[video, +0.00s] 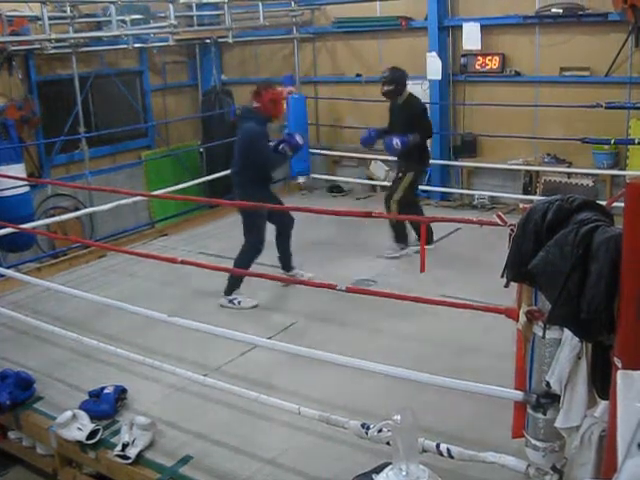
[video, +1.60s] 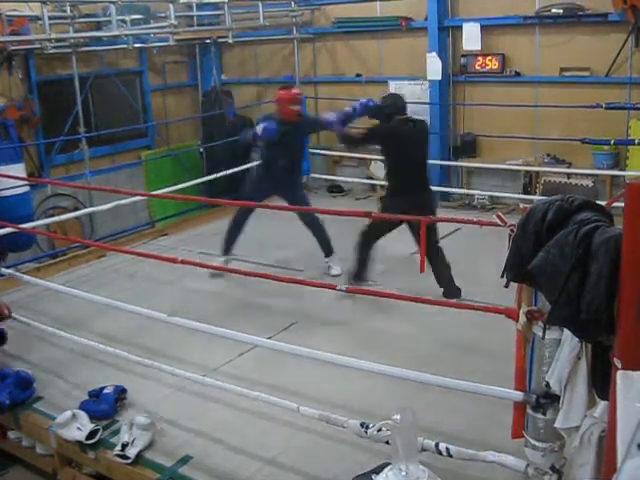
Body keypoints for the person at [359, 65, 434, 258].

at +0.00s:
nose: (384, 89)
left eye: (388, 85)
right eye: (383, 85)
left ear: (399, 85)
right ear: (388, 85)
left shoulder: (415, 105)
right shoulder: (394, 104)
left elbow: (427, 132)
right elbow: (394, 128)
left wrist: (405, 141)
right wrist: (377, 134)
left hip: (416, 161)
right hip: (403, 160)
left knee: (393, 199)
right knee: (408, 201)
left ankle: (402, 243)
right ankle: (426, 237)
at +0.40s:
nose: (400, 95)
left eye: (401, 91)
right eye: (398, 91)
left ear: (408, 90)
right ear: (414, 87)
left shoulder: (422, 107)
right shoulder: (419, 105)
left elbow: (403, 127)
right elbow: (402, 126)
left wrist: (390, 111)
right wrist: (390, 110)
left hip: (435, 166)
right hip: (431, 164)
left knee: (424, 213)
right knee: (423, 209)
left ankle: (434, 256)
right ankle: (426, 243)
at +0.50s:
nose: (402, 94)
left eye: (403, 90)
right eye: (401, 91)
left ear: (410, 90)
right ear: (419, 86)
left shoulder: (424, 106)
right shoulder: (429, 103)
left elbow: (403, 126)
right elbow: (406, 124)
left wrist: (395, 111)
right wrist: (396, 110)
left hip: (438, 166)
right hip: (444, 163)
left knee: (428, 211)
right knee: (434, 206)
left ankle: (434, 257)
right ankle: (448, 239)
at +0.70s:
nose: (409, 93)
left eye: (410, 89)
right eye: (409, 89)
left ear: (417, 90)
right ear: (428, 87)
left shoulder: (431, 108)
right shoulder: (439, 104)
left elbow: (408, 129)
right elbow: (413, 126)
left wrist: (401, 110)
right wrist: (405, 109)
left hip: (446, 169)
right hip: (460, 167)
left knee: (434, 214)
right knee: (458, 216)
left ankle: (434, 257)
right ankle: (477, 257)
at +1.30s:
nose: (392, 102)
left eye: (394, 99)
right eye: (392, 99)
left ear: (400, 99)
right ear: (415, 95)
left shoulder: (405, 117)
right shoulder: (437, 112)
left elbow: (381, 139)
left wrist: (378, 115)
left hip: (426, 181)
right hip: (448, 179)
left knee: (414, 230)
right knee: (454, 225)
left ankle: (408, 280)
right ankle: (473, 273)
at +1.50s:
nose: (385, 109)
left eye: (387, 105)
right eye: (386, 105)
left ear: (394, 106)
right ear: (410, 103)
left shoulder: (398, 125)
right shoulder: (426, 120)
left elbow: (380, 156)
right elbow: (409, 139)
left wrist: (368, 137)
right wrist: (389, 116)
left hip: (410, 194)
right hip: (434, 192)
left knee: (392, 234)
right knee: (436, 240)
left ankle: (395, 276)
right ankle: (451, 287)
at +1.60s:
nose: (380, 114)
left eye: (382, 110)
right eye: (380, 110)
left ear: (387, 112)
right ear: (404, 110)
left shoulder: (384, 131)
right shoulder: (421, 127)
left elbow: (354, 141)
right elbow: (394, 122)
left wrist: (339, 127)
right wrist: (373, 111)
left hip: (397, 203)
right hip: (422, 201)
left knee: (367, 238)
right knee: (432, 247)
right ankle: (451, 290)